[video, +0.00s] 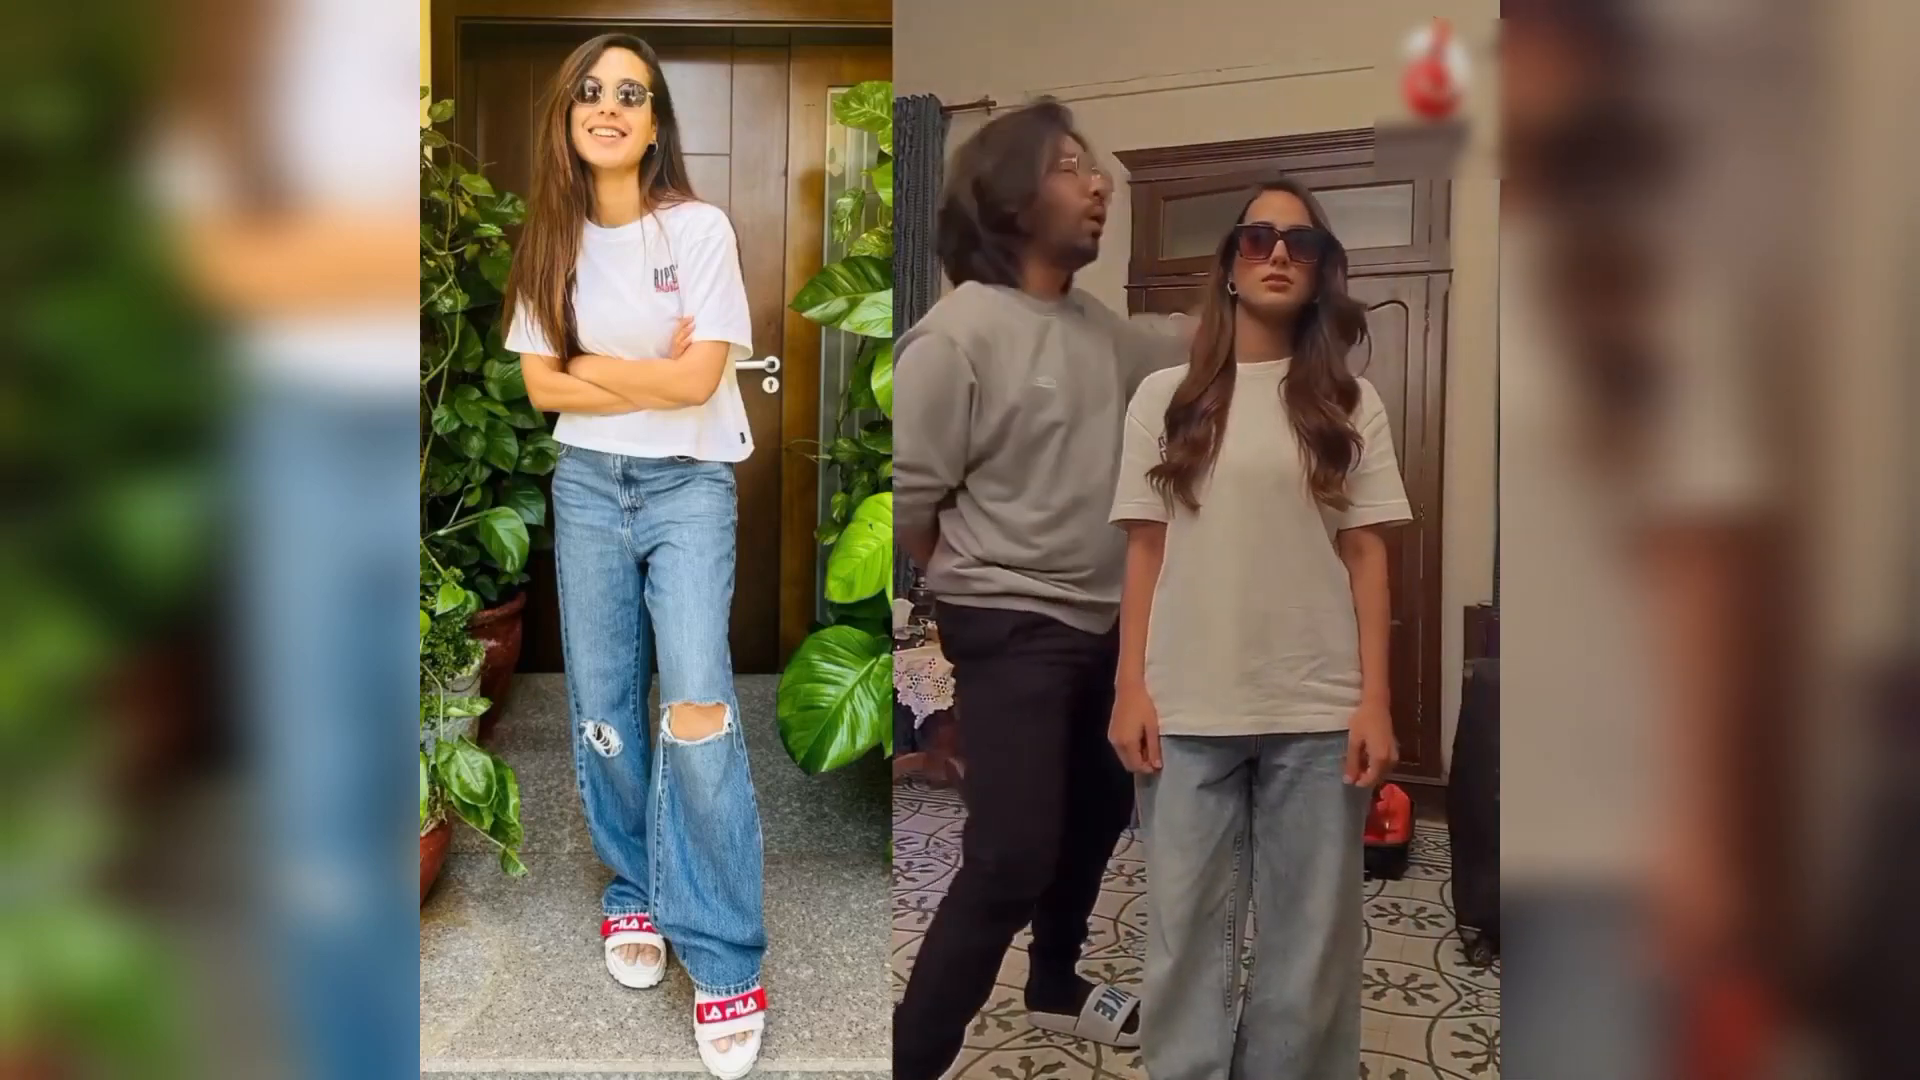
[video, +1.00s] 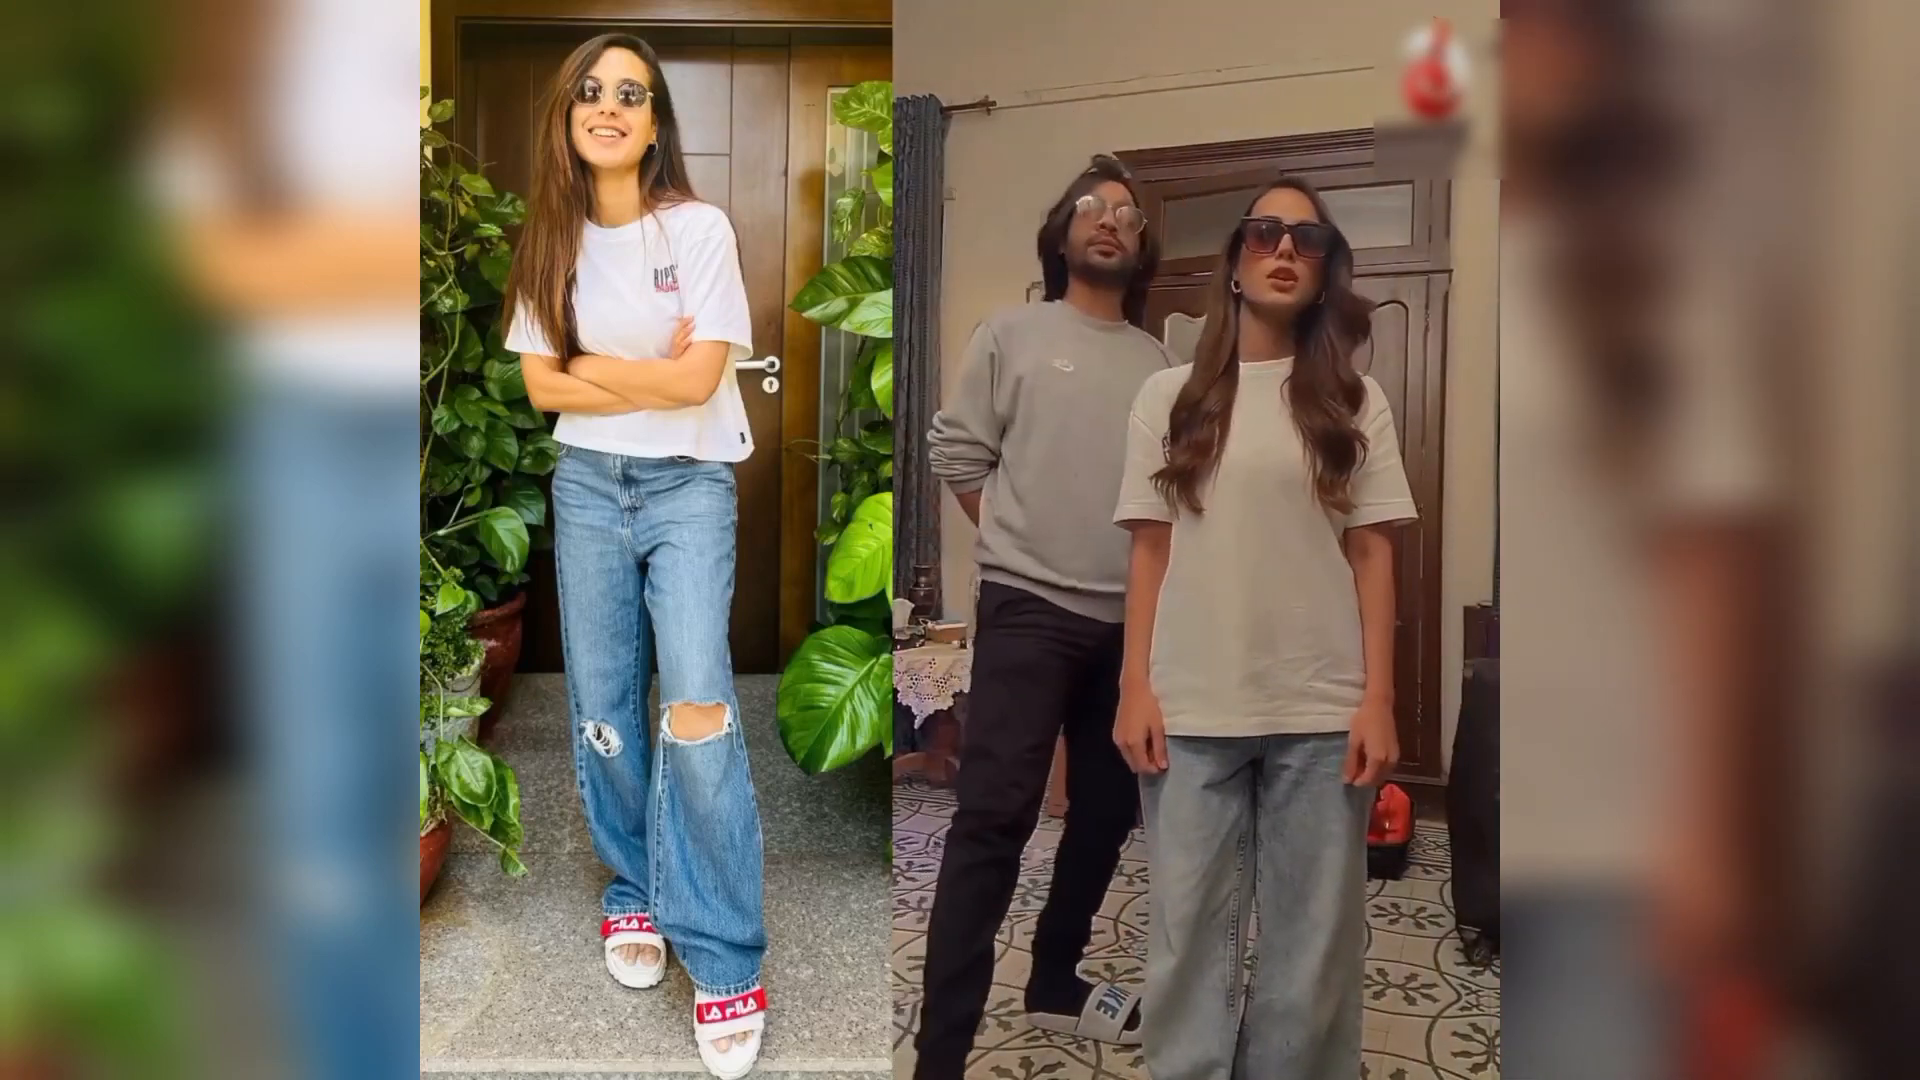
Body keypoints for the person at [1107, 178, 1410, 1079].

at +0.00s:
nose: (1278, 252)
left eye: (1299, 241)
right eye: (1259, 239)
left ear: (1324, 269)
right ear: (1228, 265)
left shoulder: (1351, 400)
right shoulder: (1167, 395)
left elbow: (1366, 556)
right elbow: (1145, 551)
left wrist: (1374, 701)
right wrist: (1131, 683)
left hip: (1319, 715)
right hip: (1187, 714)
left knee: (1310, 955)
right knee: (1179, 944)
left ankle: (1286, 1072)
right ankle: (1183, 1068)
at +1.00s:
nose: (1283, 248)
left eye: (1305, 239)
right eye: (1265, 234)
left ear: (1329, 269)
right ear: (1234, 261)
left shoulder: (1356, 396)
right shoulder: (1172, 394)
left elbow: (1373, 554)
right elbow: (1149, 549)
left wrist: (1377, 701)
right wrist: (1136, 683)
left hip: (1324, 717)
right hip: (1192, 714)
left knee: (1313, 956)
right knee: (1182, 944)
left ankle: (1290, 1073)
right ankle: (1183, 1069)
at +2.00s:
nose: (1272, 252)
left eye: (1294, 241)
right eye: (1253, 238)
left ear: (1318, 269)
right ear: (1225, 264)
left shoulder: (1358, 396)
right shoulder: (1174, 396)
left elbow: (1373, 555)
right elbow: (1150, 548)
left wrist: (1375, 699)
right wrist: (1134, 684)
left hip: (1324, 717)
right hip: (1191, 716)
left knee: (1312, 959)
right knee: (1184, 949)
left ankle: (1289, 1074)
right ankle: (1186, 1070)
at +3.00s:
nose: (1269, 245)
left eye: (1290, 233)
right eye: (1250, 231)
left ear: (1317, 262)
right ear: (1220, 259)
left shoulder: (1351, 386)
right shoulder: (1165, 387)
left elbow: (1368, 543)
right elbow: (1159, 540)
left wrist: (1422, 432)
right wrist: (1091, 450)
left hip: (1318, 694)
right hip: (1184, 694)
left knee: (1310, 944)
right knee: (1182, 936)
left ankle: (1295, 1070)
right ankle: (1186, 1066)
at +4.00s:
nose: (1264, 256)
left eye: (1286, 243)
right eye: (1245, 240)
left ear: (1311, 271)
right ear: (1217, 266)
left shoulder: (1346, 392)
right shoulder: (1160, 391)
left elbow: (1452, 464)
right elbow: (1069, 470)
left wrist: (1463, 303)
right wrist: (1054, 311)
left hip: (1319, 717)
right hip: (1182, 719)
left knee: (1311, 960)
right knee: (1182, 950)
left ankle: (1295, 1072)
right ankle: (1185, 1068)